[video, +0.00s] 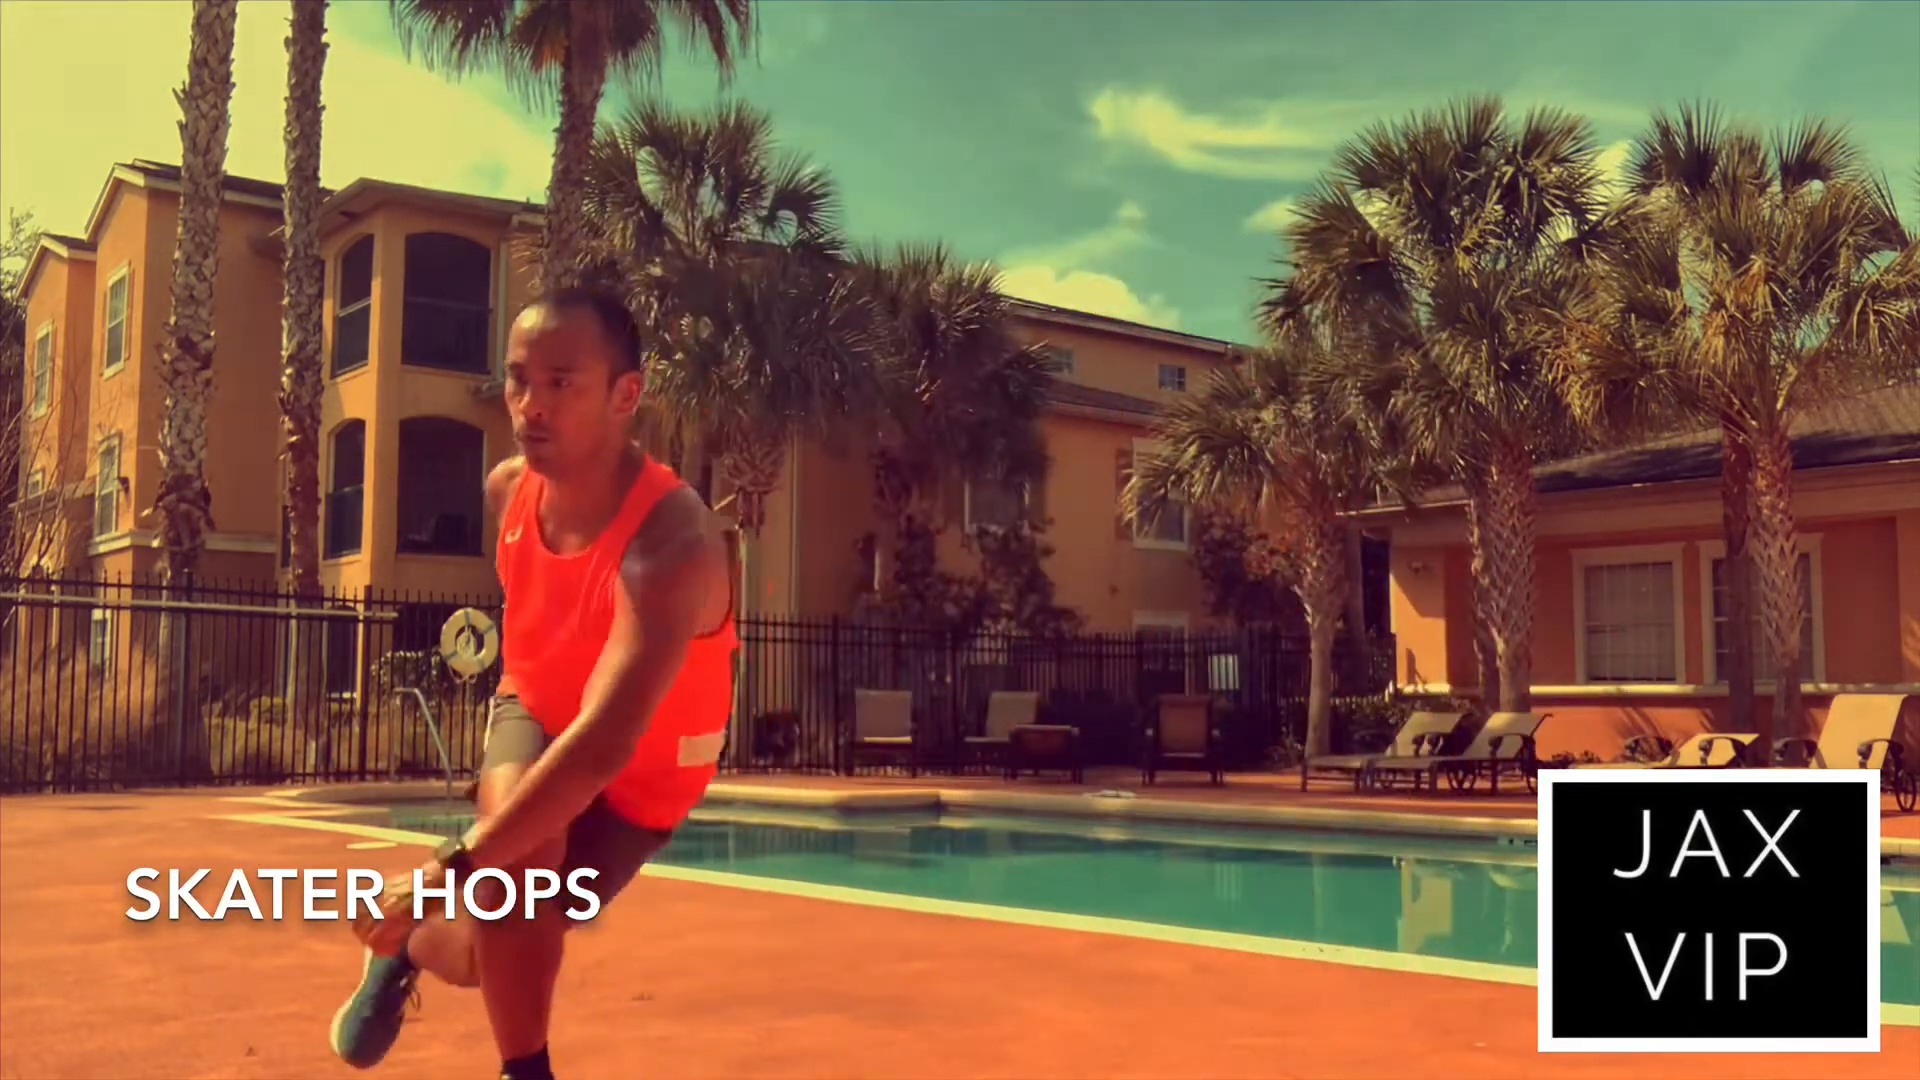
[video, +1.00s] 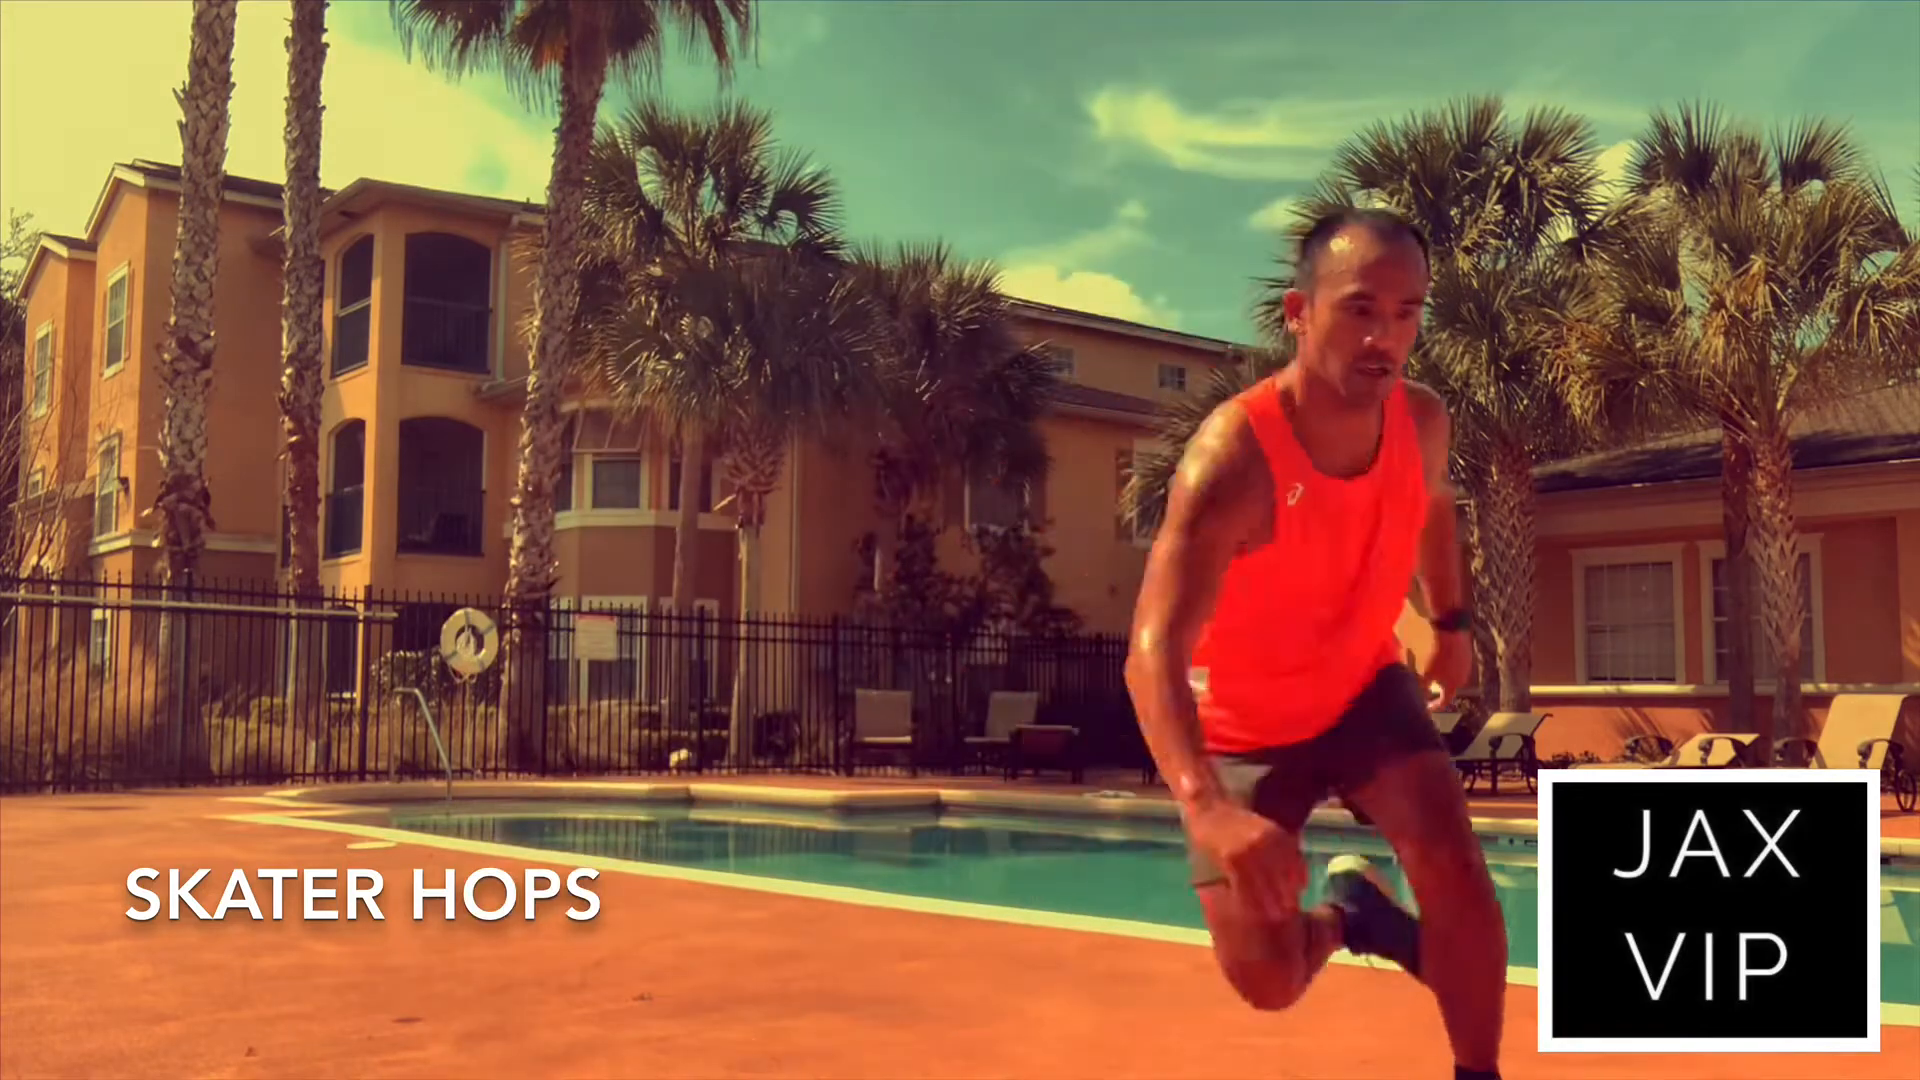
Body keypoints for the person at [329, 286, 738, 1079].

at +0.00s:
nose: (530, 404)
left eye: (560, 382)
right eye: (519, 380)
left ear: (625, 396)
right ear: (506, 387)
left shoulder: (671, 544)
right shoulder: (509, 491)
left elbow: (602, 746)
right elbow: (530, 624)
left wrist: (447, 870)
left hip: (641, 779)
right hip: (533, 712)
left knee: (493, 956)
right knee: (520, 871)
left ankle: (402, 947)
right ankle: (528, 1070)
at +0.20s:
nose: (534, 465)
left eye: (564, 440)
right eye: (520, 439)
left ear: (623, 449)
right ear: (503, 441)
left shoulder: (675, 599)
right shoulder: (487, 536)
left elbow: (573, 784)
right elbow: (511, 635)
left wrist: (386, 824)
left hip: (603, 819)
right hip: (499, 742)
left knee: (440, 982)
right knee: (507, 853)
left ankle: (322, 1006)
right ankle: (524, 1072)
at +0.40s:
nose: (639, 335)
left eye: (666, 313)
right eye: (621, 309)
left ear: (712, 326)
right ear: (594, 319)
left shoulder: (770, 471)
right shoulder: (566, 460)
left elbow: (787, 672)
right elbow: (510, 596)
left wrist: (700, 828)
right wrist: (425, 712)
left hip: (705, 733)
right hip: (594, 680)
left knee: (608, 960)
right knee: (560, 851)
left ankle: (511, 930)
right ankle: (530, 1072)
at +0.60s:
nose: (882, 211)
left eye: (905, 190)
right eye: (861, 185)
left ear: (934, 197)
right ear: (820, 187)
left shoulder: (986, 318)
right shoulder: (754, 305)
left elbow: (1097, 393)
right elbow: (637, 382)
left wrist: (1126, 532)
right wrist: (540, 490)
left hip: (897, 619)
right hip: (743, 620)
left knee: (1032, 812)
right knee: (634, 839)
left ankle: (1062, 935)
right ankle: (533, 1061)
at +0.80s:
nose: (1166, 198)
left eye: (1188, 174)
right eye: (1143, 169)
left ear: (1207, 177)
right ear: (1088, 166)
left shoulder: (1234, 296)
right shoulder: (1003, 292)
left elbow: (1286, 384)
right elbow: (884, 400)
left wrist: (1308, 499)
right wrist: (802, 524)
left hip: (1164, 604)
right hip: (1004, 597)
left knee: (1299, 807)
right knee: (859, 828)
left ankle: (1448, 1026)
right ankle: (857, 917)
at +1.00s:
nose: (1385, 336)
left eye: (1404, 312)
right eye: (1360, 309)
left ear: (1420, 322)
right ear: (1298, 314)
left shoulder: (1420, 424)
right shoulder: (1231, 452)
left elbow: (1433, 514)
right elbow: (1152, 648)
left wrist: (1453, 622)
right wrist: (1206, 807)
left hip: (1363, 689)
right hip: (1237, 727)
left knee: (1456, 873)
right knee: (1266, 984)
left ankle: (1478, 1072)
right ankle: (1350, 910)